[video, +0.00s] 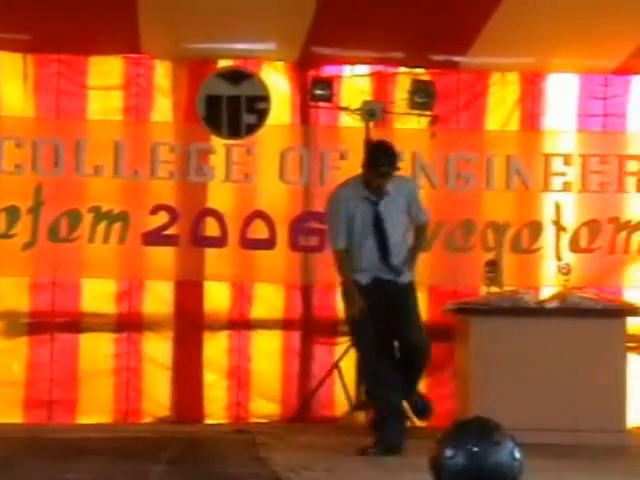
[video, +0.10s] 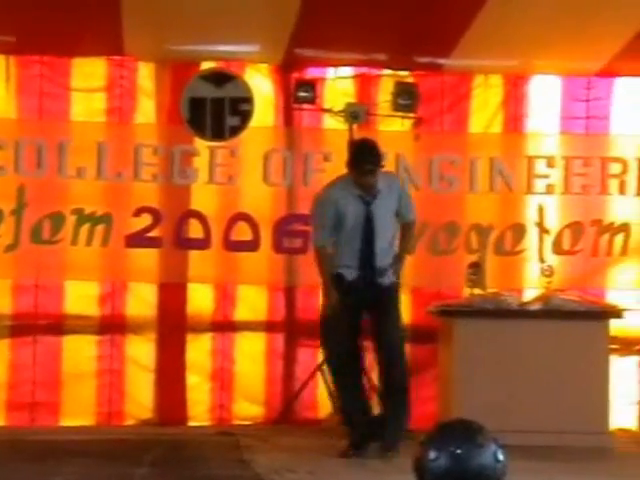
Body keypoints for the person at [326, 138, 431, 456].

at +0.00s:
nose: (382, 182)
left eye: (387, 175)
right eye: (377, 175)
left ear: (394, 172)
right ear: (364, 170)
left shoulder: (405, 190)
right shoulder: (343, 198)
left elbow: (421, 224)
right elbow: (339, 249)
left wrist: (413, 253)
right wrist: (350, 291)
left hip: (400, 284)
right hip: (364, 285)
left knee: (416, 345)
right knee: (374, 360)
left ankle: (406, 388)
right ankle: (389, 433)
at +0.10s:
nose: (370, 180)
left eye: (374, 173)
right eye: (363, 174)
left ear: (381, 168)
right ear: (351, 170)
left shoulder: (394, 188)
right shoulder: (331, 197)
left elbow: (408, 221)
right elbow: (322, 246)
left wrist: (401, 255)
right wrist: (330, 287)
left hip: (384, 282)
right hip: (345, 283)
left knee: (392, 356)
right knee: (342, 357)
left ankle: (393, 430)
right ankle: (358, 428)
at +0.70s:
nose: (348, 182)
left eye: (354, 175)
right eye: (342, 175)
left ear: (361, 172)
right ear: (330, 170)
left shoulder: (369, 199)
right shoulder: (305, 196)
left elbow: (372, 239)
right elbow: (287, 240)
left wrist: (365, 280)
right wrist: (299, 283)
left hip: (353, 294)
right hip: (313, 294)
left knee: (361, 366)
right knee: (309, 371)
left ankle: (343, 433)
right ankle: (335, 425)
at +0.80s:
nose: (348, 185)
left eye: (353, 178)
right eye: (342, 178)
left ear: (361, 175)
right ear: (329, 173)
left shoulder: (371, 202)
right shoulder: (304, 198)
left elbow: (374, 244)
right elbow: (283, 241)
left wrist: (362, 283)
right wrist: (290, 281)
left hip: (344, 299)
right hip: (304, 294)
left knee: (339, 374)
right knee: (280, 353)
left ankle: (327, 443)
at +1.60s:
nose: (320, 179)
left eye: (325, 171)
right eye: (314, 171)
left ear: (332, 169)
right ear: (300, 168)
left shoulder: (343, 196)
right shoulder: (276, 197)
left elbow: (351, 242)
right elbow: (263, 246)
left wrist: (338, 286)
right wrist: (277, 285)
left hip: (320, 296)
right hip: (283, 294)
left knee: (312, 373)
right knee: (278, 371)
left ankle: (280, 436)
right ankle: (285, 444)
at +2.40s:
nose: (296, 149)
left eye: (301, 140)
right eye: (289, 141)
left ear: (308, 140)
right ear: (276, 141)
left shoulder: (322, 176)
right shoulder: (251, 177)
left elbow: (329, 222)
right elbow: (238, 231)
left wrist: (329, 262)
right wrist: (255, 277)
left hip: (314, 282)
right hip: (273, 284)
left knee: (331, 356)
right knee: (283, 359)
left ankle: (321, 422)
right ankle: (306, 422)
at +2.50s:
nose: (300, 145)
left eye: (306, 137)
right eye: (293, 137)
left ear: (314, 141)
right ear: (281, 141)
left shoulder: (331, 180)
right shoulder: (257, 179)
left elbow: (339, 227)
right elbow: (236, 234)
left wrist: (328, 270)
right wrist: (249, 277)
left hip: (309, 280)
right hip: (265, 277)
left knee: (308, 365)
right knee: (247, 343)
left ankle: (293, 434)